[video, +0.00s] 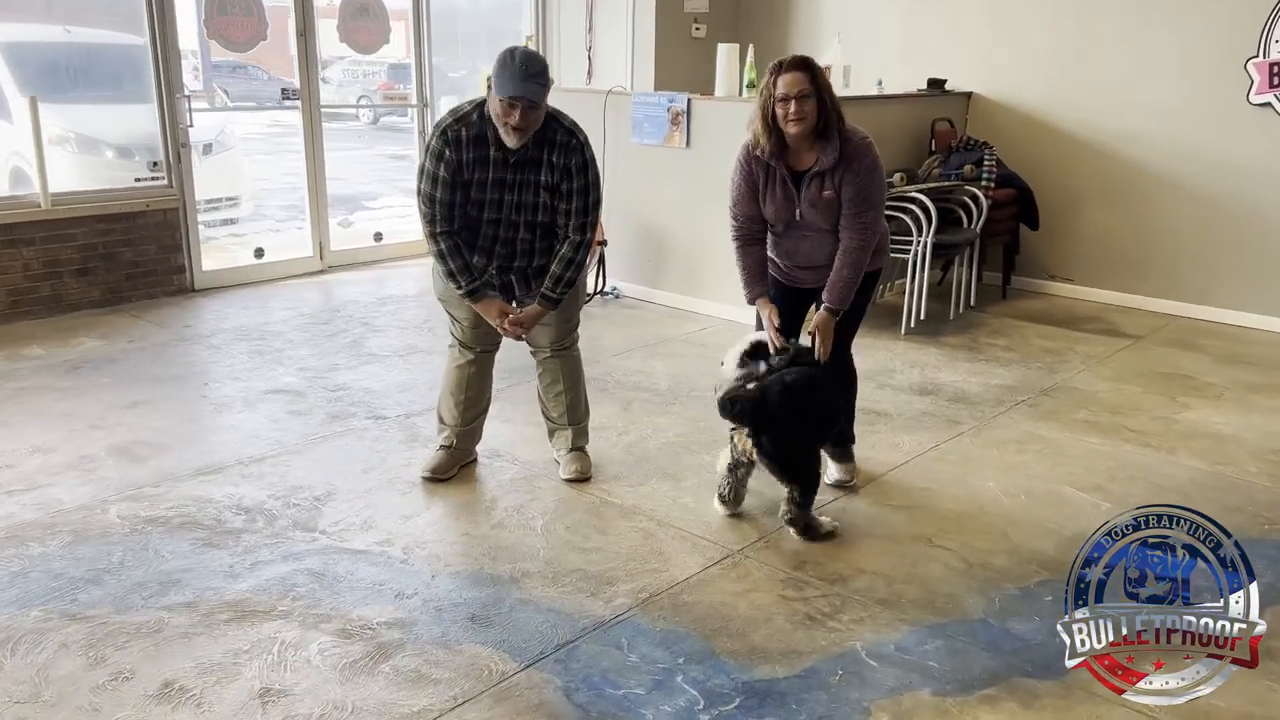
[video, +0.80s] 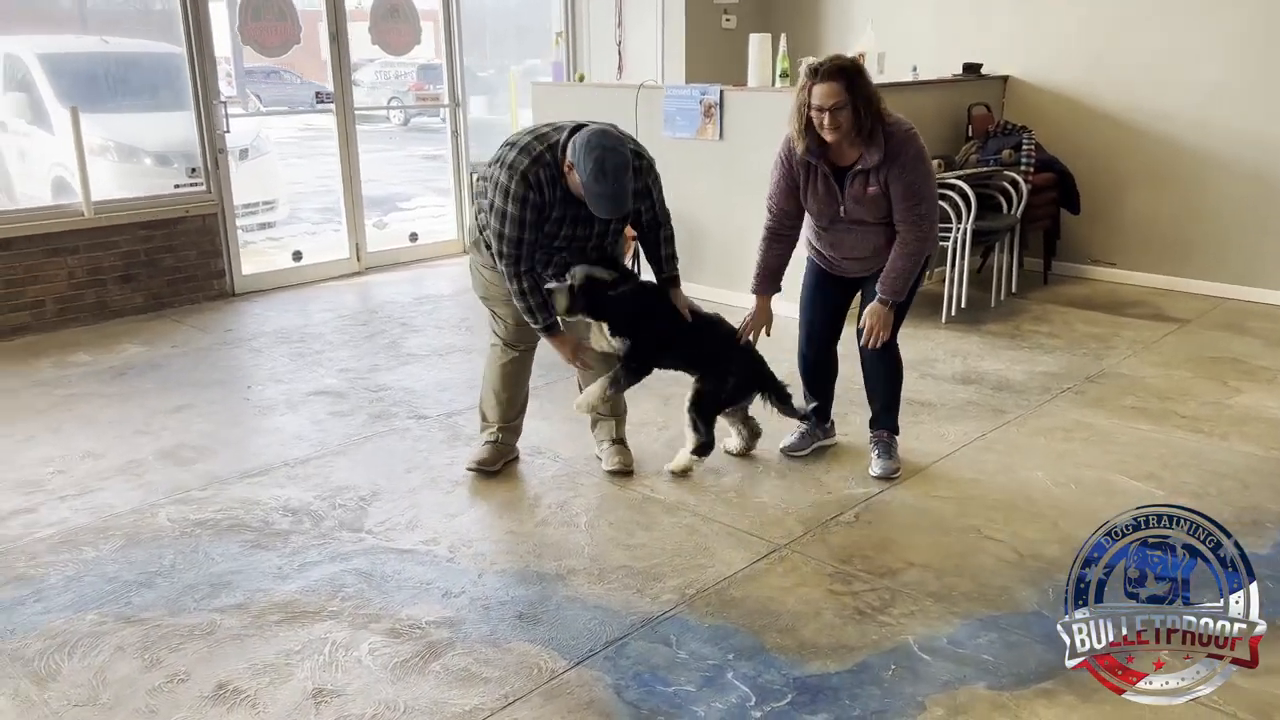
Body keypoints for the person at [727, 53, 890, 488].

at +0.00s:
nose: (793, 108)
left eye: (803, 98)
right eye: (782, 99)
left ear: (821, 101)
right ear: (769, 106)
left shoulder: (855, 152)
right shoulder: (756, 155)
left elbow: (858, 238)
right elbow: (746, 232)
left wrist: (830, 309)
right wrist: (761, 300)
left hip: (850, 267)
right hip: (787, 265)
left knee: (832, 351)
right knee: (773, 350)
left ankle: (839, 449)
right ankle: (761, 441)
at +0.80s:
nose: (827, 119)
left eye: (837, 108)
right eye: (817, 109)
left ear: (859, 104)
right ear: (806, 108)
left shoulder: (899, 143)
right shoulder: (797, 149)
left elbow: (918, 228)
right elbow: (780, 224)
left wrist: (885, 298)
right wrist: (762, 299)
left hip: (891, 258)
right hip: (828, 255)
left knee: (874, 335)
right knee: (814, 340)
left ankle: (883, 437)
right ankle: (817, 422)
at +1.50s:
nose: (809, 147)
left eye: (820, 137)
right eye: (801, 138)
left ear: (844, 136)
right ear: (792, 138)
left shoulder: (889, 173)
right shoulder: (792, 180)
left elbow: (900, 262)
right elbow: (768, 240)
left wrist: (860, 333)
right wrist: (732, 300)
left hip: (907, 267)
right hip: (838, 267)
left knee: (895, 355)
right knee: (818, 355)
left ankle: (922, 417)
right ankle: (831, 440)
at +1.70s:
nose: (793, 175)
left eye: (803, 165)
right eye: (787, 165)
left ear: (831, 165)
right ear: (781, 167)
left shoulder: (876, 207)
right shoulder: (784, 208)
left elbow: (877, 298)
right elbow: (750, 259)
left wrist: (826, 361)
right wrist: (700, 301)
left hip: (901, 298)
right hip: (834, 291)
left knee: (894, 400)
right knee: (797, 350)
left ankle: (951, 405)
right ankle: (825, 440)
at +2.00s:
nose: (796, 218)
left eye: (806, 210)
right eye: (791, 208)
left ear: (834, 210)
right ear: (786, 207)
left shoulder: (872, 259)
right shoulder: (787, 244)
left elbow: (854, 344)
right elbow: (735, 273)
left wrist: (833, 419)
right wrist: (674, 288)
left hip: (888, 353)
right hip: (831, 337)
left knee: (878, 459)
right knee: (772, 357)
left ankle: (938, 411)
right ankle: (813, 442)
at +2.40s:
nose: (805, 207)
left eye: (816, 202)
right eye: (804, 197)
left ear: (846, 204)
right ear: (800, 194)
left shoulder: (886, 259)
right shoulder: (797, 236)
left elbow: (872, 346)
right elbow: (761, 275)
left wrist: (811, 390)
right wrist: (730, 291)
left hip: (875, 363)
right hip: (819, 340)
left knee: (863, 468)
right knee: (753, 351)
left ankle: (923, 410)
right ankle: (799, 438)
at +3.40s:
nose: (804, 190)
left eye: (816, 182)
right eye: (803, 180)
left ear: (847, 186)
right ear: (799, 181)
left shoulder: (886, 247)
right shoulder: (798, 228)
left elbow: (864, 334)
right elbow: (775, 286)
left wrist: (788, 337)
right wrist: (758, 314)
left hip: (866, 364)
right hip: (814, 348)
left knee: (847, 470)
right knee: (734, 346)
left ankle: (908, 407)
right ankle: (780, 435)